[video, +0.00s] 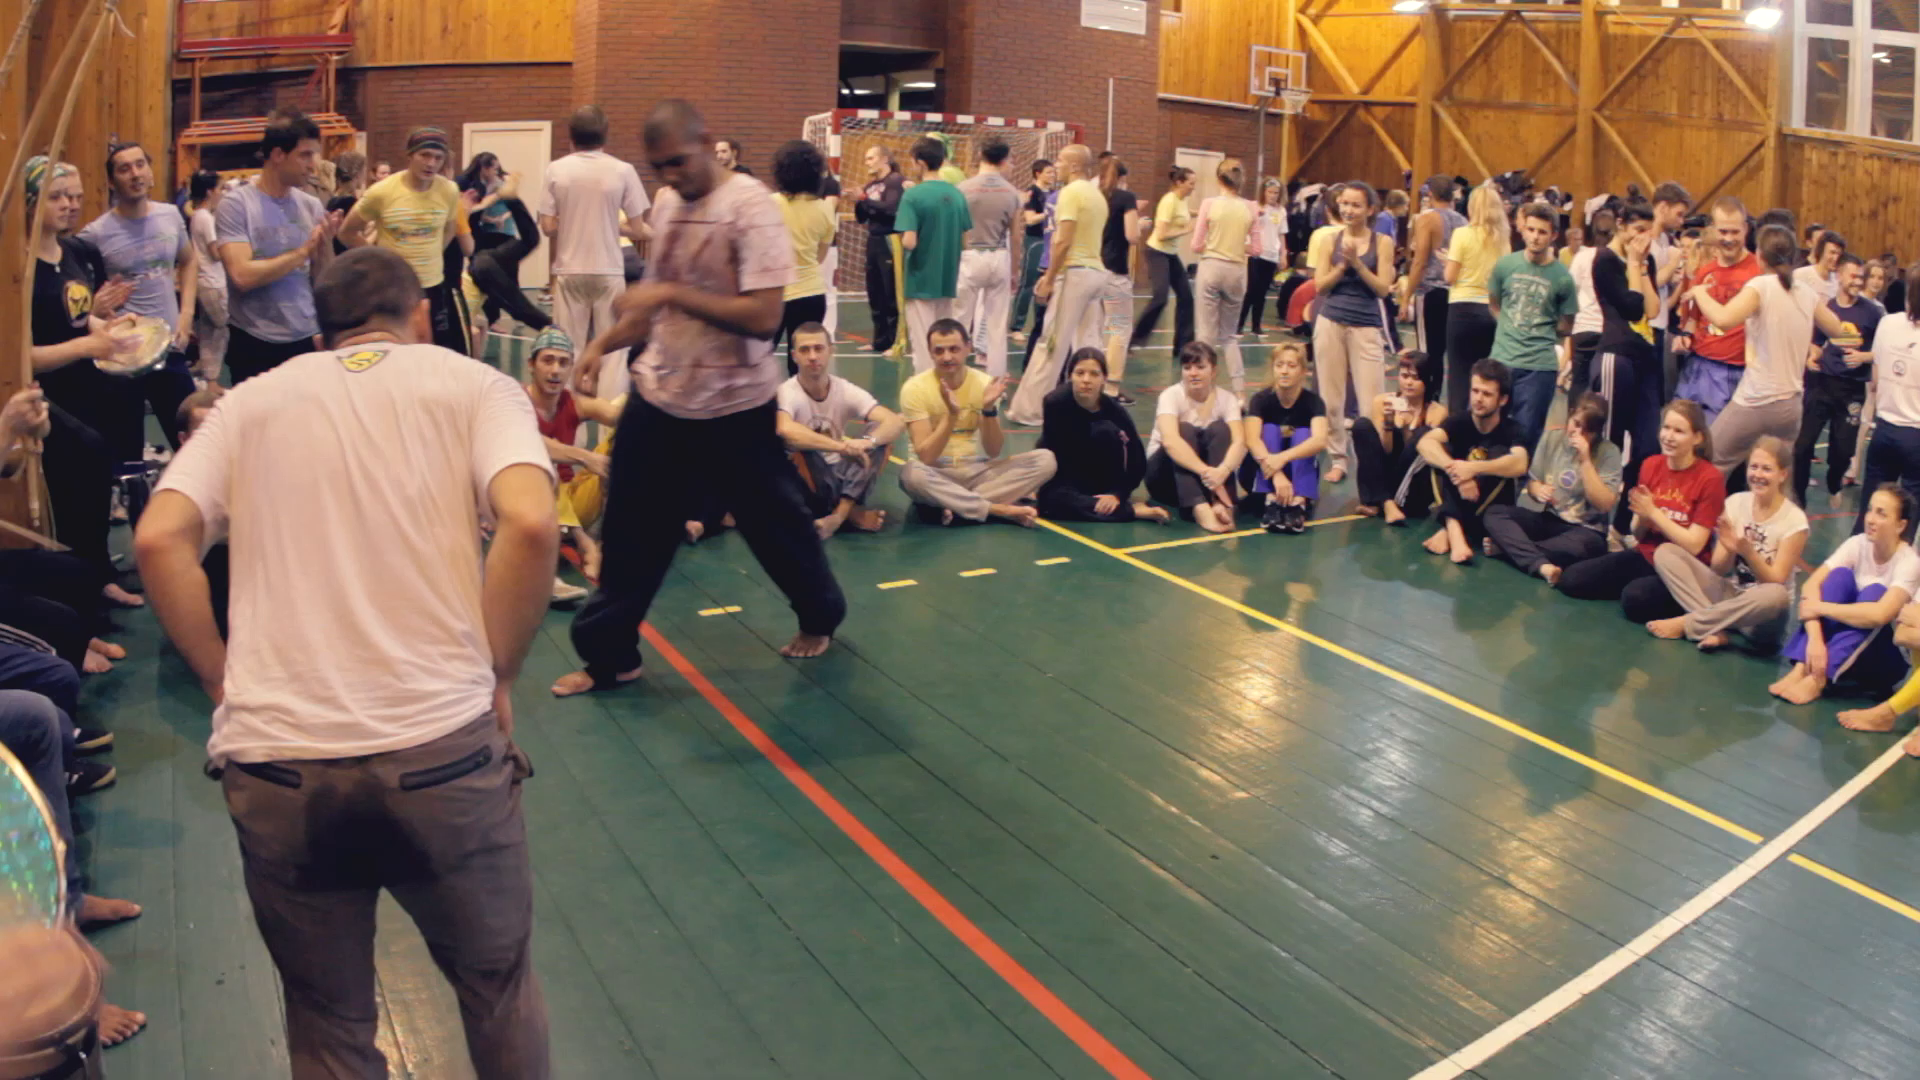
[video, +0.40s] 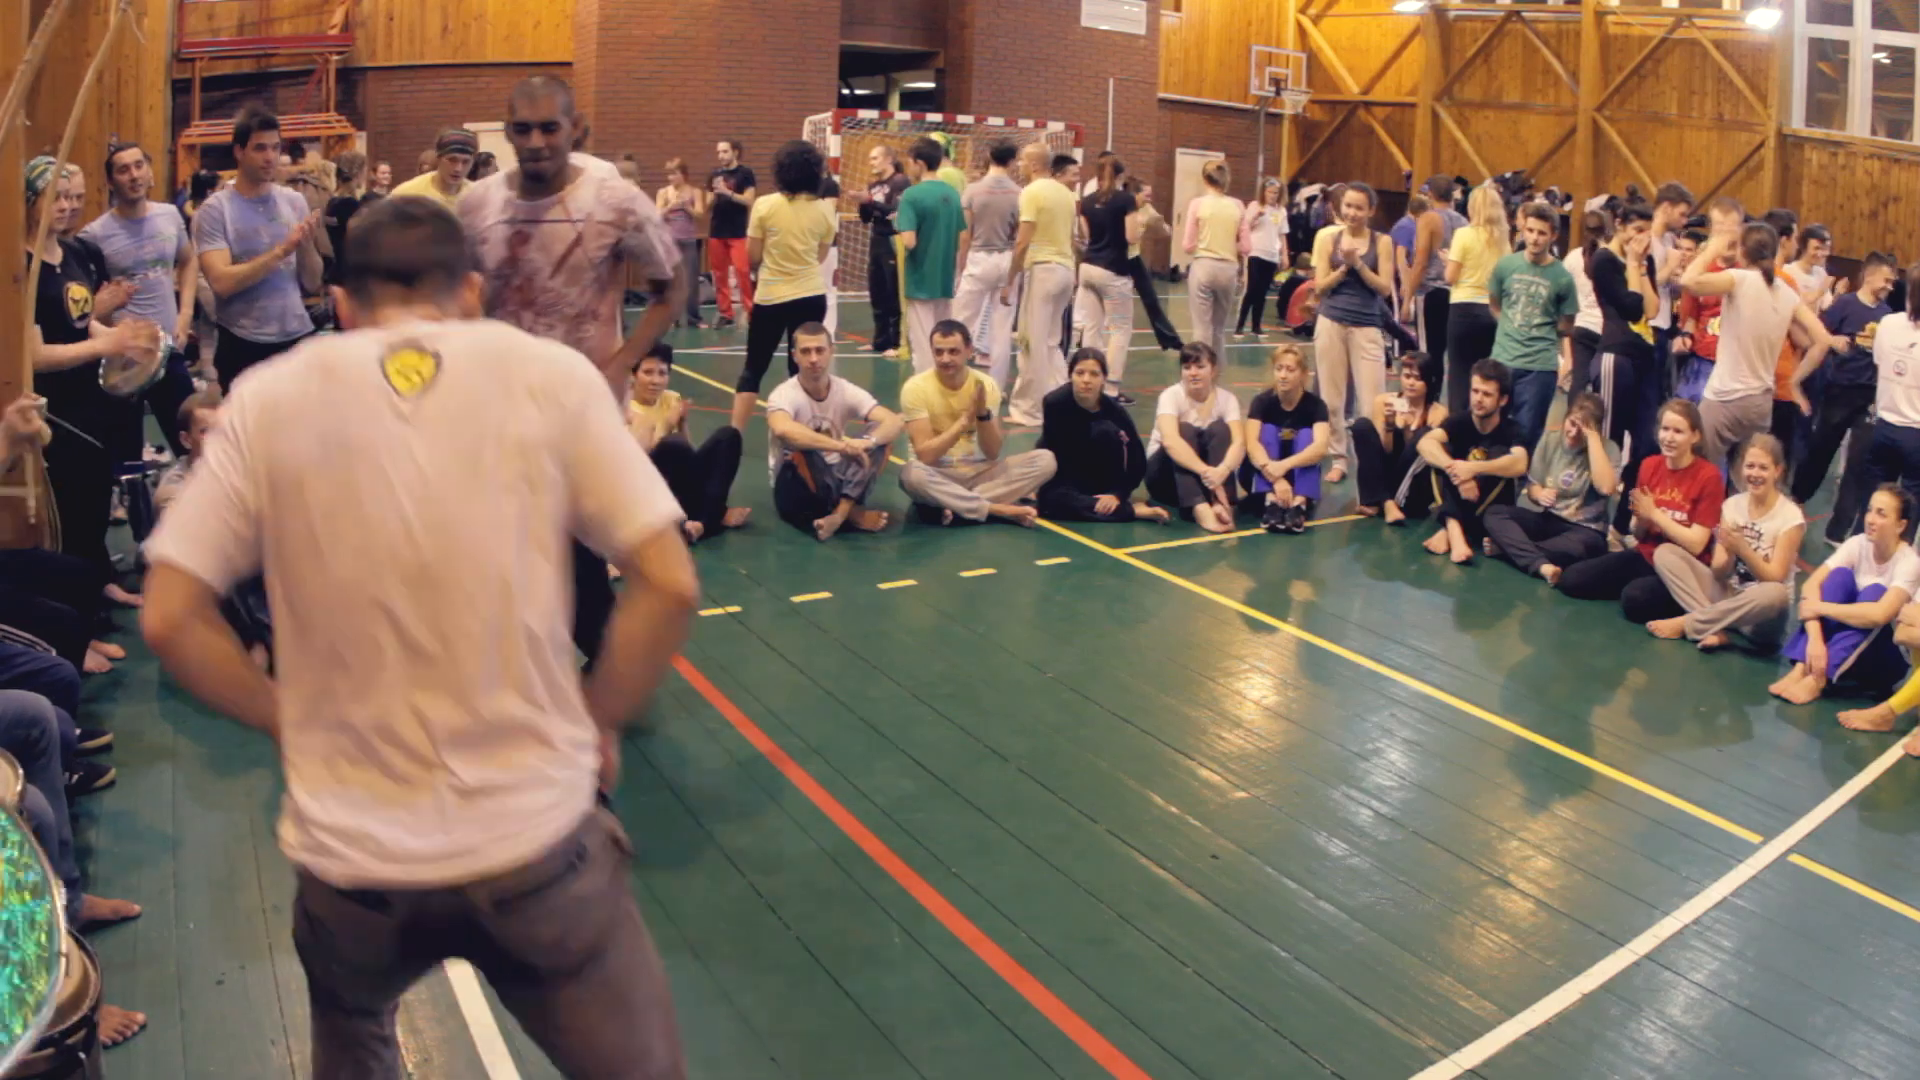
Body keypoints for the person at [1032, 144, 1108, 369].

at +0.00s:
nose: (1056, 166)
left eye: (1060, 161)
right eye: (1058, 160)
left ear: (1074, 165)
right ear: (1079, 166)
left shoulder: (1070, 192)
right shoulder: (1097, 195)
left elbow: (1064, 240)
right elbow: (1094, 239)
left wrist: (1048, 277)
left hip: (1074, 270)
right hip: (1097, 270)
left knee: (1053, 340)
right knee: (1089, 339)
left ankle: (1026, 399)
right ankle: (1091, 399)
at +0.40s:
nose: (1019, 165)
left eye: (1023, 160)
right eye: (1021, 159)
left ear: (1034, 163)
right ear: (1046, 163)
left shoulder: (1032, 192)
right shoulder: (1066, 192)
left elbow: (1022, 242)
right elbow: (1072, 236)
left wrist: (1009, 280)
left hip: (1042, 266)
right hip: (1066, 266)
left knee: (1033, 338)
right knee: (1051, 340)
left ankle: (1028, 407)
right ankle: (1059, 402)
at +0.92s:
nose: (999, 162)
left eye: (1003, 157)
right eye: (1001, 156)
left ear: (1014, 161)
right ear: (1025, 162)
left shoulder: (1013, 187)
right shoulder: (1040, 189)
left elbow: (1010, 235)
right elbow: (1046, 230)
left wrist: (999, 274)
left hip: (1023, 263)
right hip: (1040, 261)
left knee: (1021, 336)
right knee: (1015, 336)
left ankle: (1028, 406)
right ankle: (1017, 400)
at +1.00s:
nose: (998, 162)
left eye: (1001, 157)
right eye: (999, 157)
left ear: (1014, 160)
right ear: (1023, 161)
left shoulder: (1012, 187)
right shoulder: (1037, 188)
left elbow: (1010, 234)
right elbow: (1043, 225)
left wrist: (999, 274)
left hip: (1022, 262)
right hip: (1039, 261)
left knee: (1019, 336)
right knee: (1014, 335)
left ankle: (1028, 406)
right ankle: (1018, 400)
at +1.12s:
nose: (994, 162)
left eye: (998, 157)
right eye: (996, 157)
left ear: (1012, 161)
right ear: (1018, 162)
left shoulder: (1013, 185)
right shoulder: (1031, 186)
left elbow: (1013, 232)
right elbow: (1039, 228)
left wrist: (1000, 273)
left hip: (1024, 262)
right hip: (1036, 260)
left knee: (1016, 333)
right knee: (1014, 332)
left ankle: (1025, 405)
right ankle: (1014, 400)